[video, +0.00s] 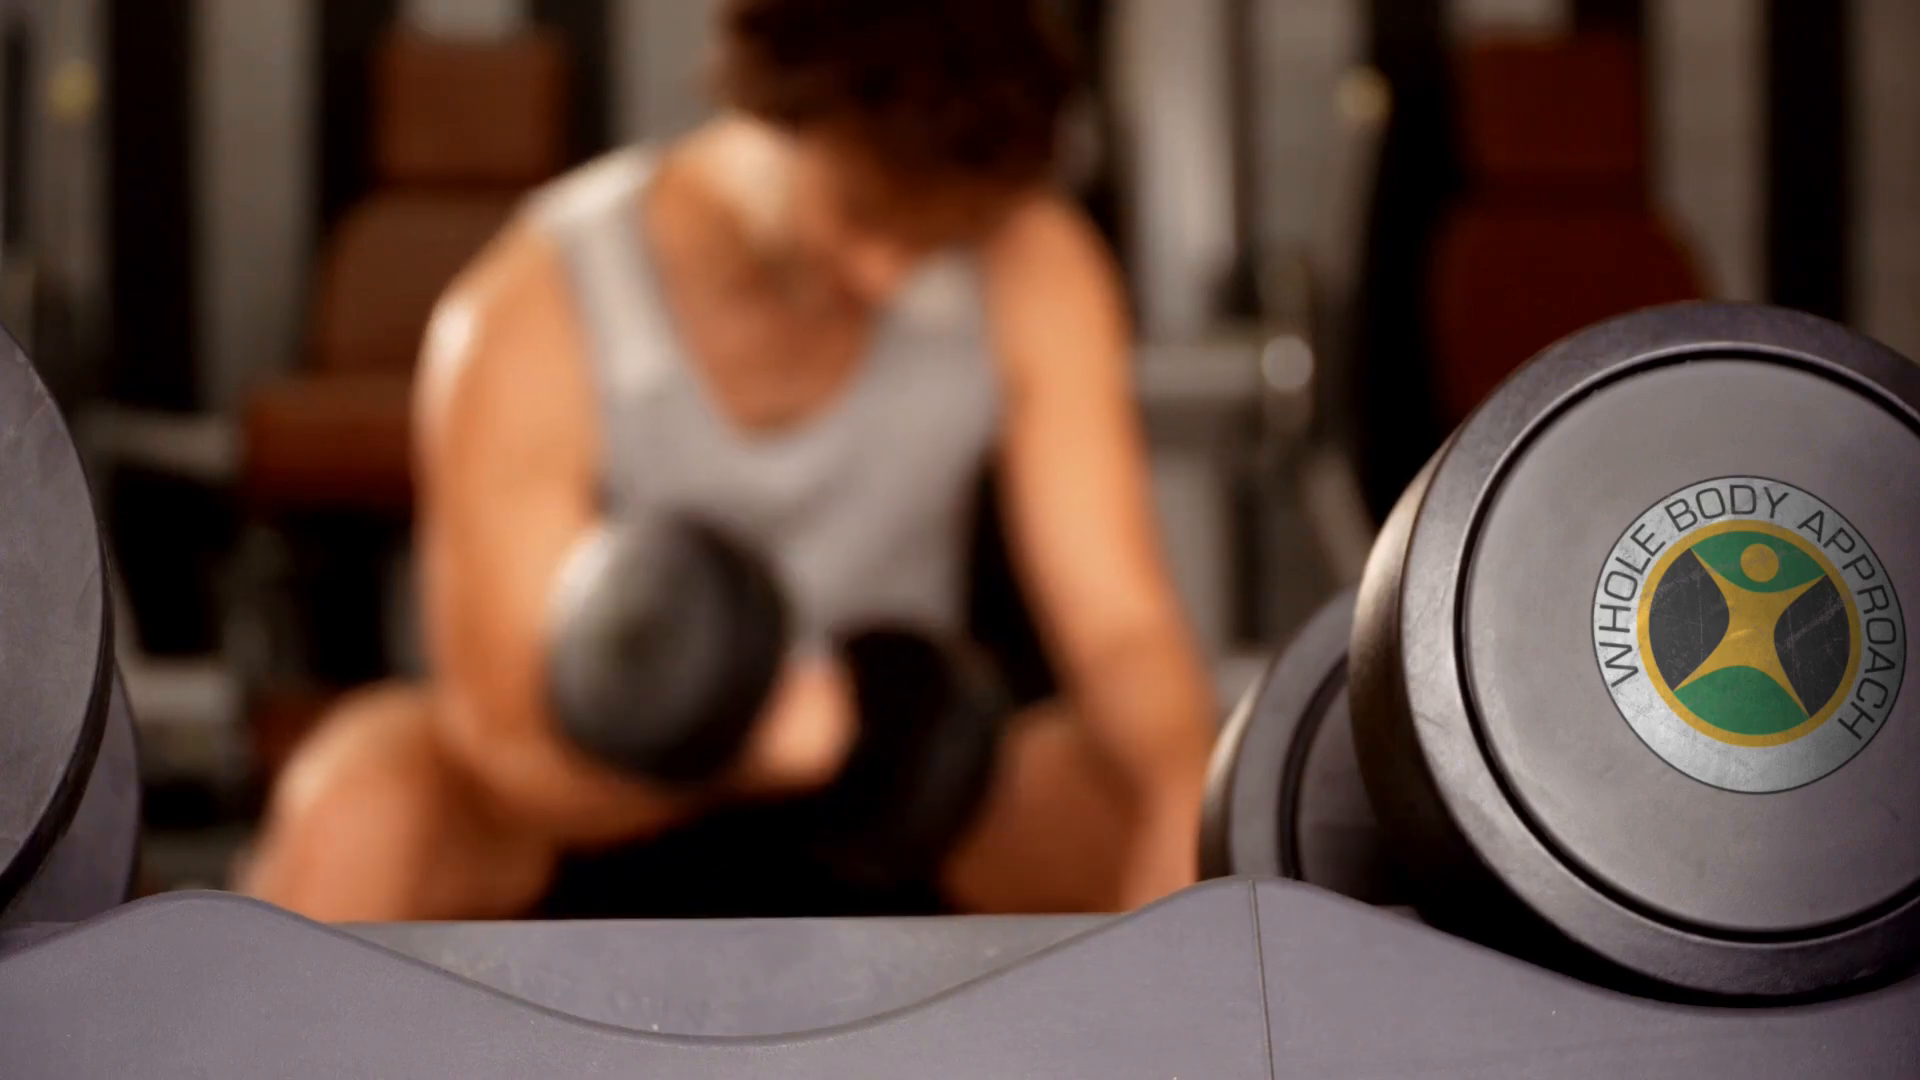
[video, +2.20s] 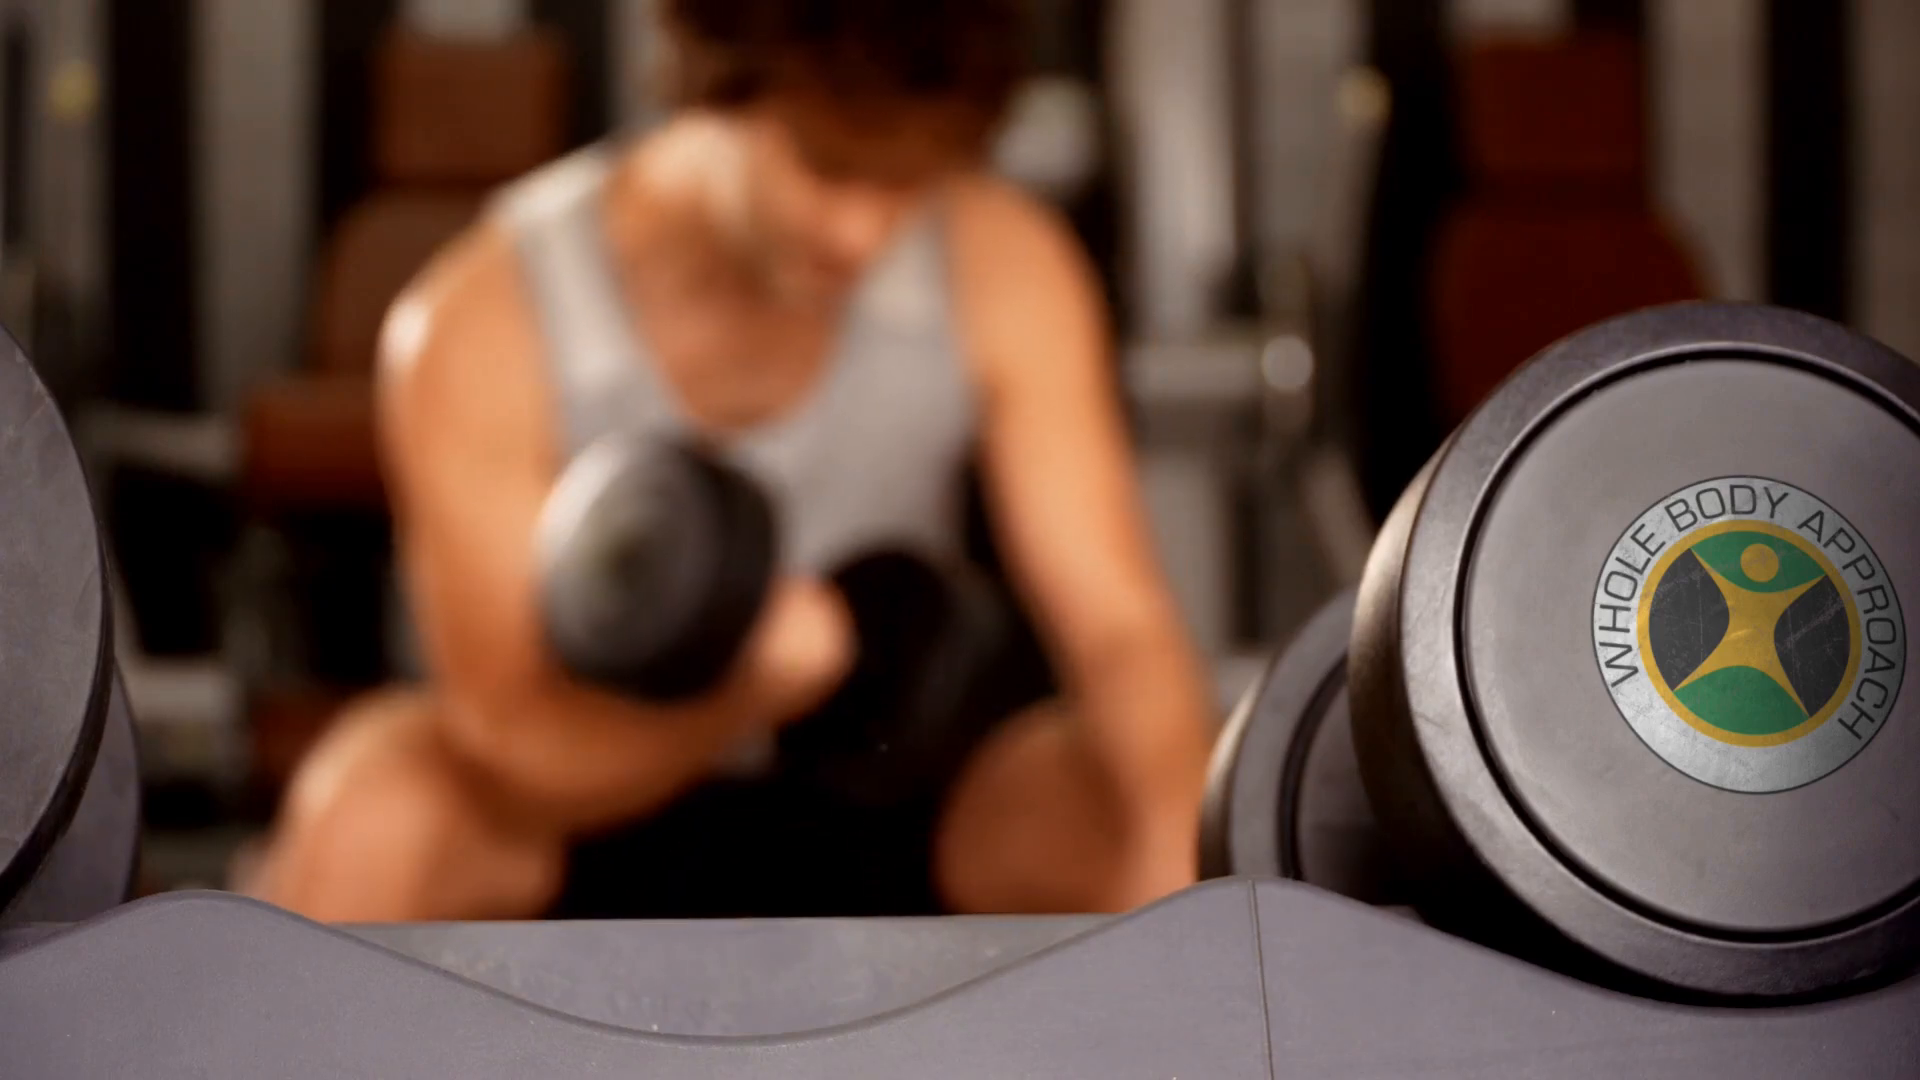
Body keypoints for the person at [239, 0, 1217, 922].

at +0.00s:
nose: (887, 274)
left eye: (934, 236)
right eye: (861, 220)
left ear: (989, 182)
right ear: (773, 125)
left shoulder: (1023, 256)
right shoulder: (525, 315)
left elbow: (1122, 630)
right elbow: (516, 757)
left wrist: (1188, 819)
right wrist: (797, 732)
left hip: (887, 794)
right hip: (597, 804)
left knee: (1197, 804)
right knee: (360, 789)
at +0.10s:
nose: (894, 271)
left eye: (944, 232)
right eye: (869, 214)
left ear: (1003, 177)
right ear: (784, 115)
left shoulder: (1034, 257)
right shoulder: (545, 314)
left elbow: (1126, 638)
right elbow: (514, 740)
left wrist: (1194, 806)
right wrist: (840, 820)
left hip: (900, 793)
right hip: (609, 796)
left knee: (1192, 796)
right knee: (361, 784)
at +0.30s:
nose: (915, 281)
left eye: (969, 241)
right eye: (890, 219)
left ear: (1024, 193)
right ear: (803, 120)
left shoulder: (1053, 265)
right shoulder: (584, 313)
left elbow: (1133, 644)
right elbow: (520, 793)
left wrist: (1202, 819)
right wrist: (680, 1043)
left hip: (902, 780)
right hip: (623, 789)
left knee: (1194, 811)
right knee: (365, 799)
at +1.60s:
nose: (917, 247)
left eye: (966, 201)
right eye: (885, 186)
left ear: (1012, 161)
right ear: (784, 97)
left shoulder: (1045, 255)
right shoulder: (588, 310)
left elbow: (1130, 639)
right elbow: (506, 753)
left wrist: (1187, 852)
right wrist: (677, 961)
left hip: (903, 768)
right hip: (624, 779)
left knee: (1193, 817)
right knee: (362, 794)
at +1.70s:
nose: (910, 235)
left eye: (961, 187)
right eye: (876, 171)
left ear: (1013, 155)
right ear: (780, 81)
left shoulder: (1042, 256)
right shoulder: (571, 308)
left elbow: (1135, 642)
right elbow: (509, 750)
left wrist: (1183, 842)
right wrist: (732, 870)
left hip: (907, 786)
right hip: (625, 792)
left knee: (1202, 781)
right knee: (368, 797)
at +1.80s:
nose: (907, 231)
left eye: (957, 183)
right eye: (873, 166)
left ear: (1010, 151)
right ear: (778, 77)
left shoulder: (1036, 257)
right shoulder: (556, 308)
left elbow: (1134, 641)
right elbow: (516, 733)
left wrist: (1183, 840)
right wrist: (850, 822)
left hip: (899, 803)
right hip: (623, 798)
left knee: (1188, 784)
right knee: (374, 789)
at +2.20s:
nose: (864, 231)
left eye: (910, 181)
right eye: (829, 168)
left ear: (959, 146)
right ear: (725, 89)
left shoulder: (999, 257)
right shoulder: (477, 320)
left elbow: (1120, 633)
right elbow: (523, 746)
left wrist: (1186, 883)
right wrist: (747, 691)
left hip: (895, 787)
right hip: (600, 796)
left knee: (1167, 811)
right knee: (372, 810)